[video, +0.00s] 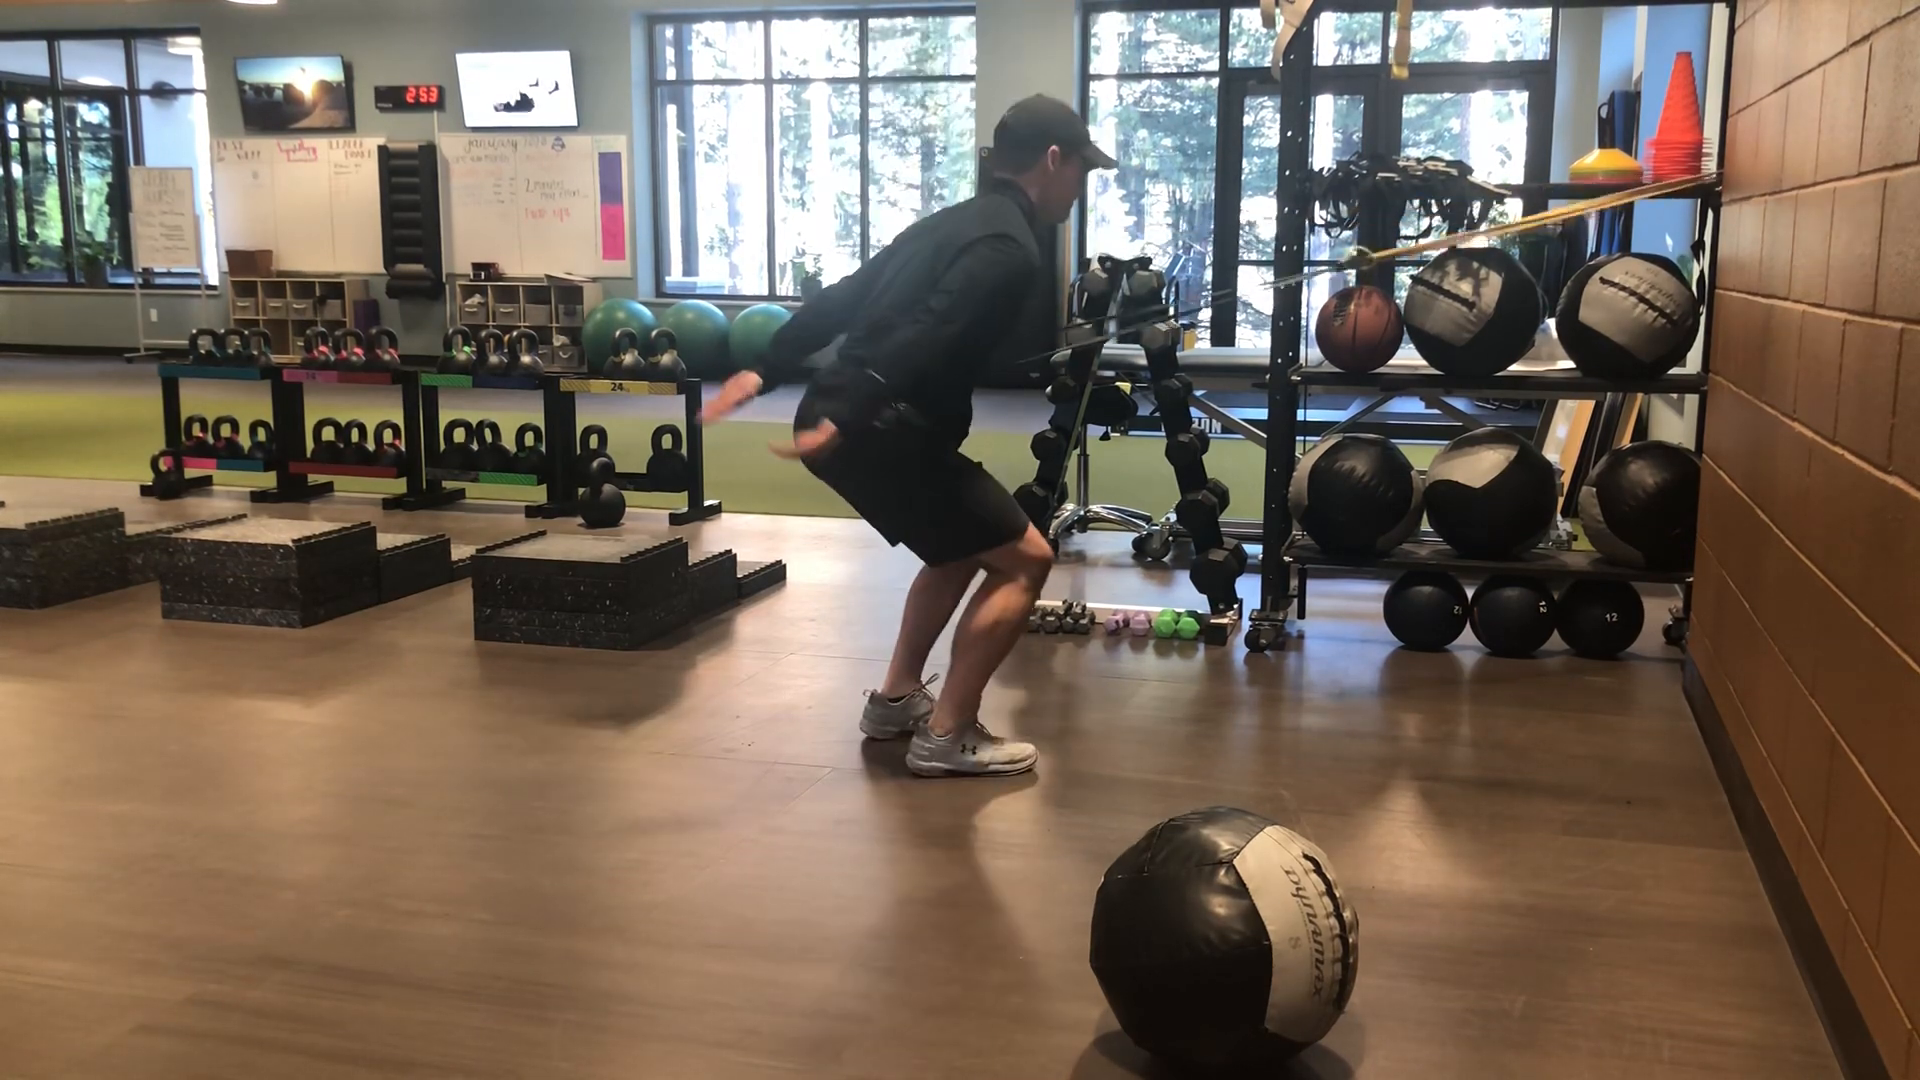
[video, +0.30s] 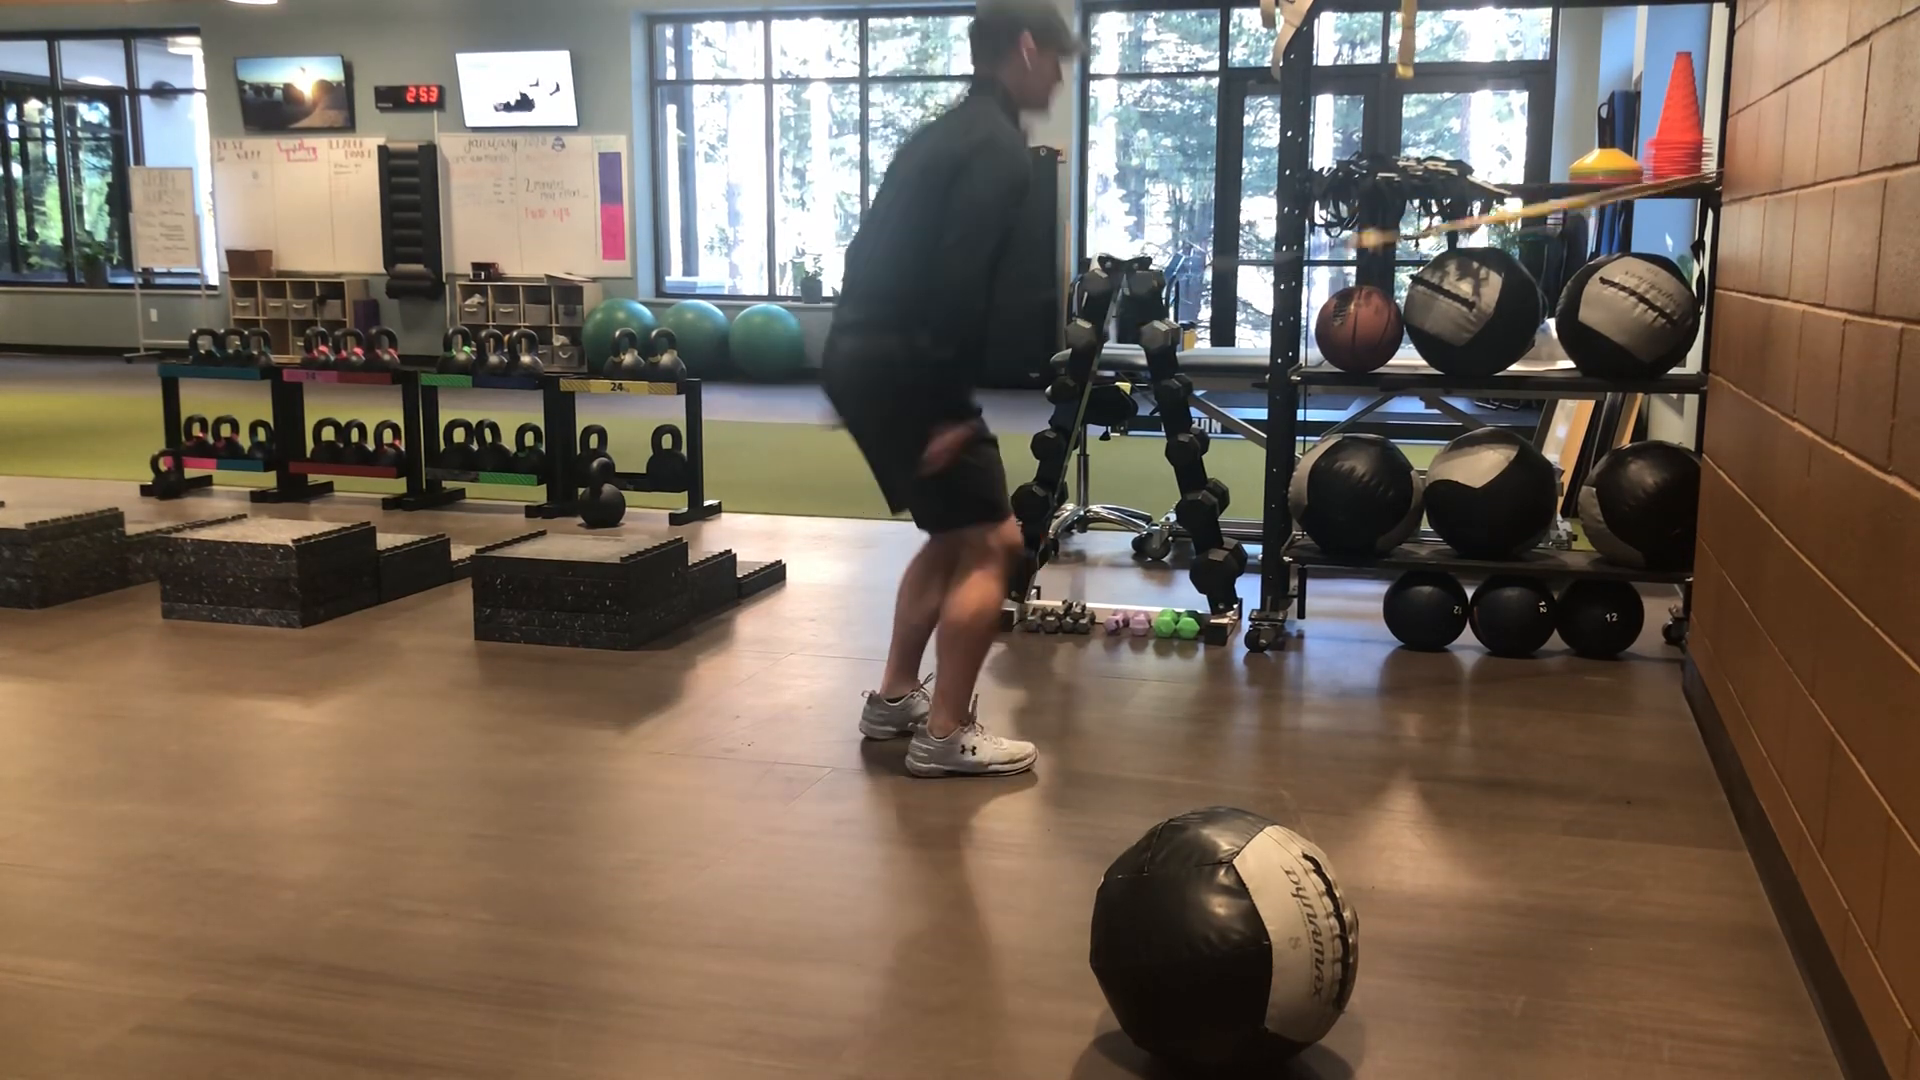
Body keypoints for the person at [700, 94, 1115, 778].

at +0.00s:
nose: (1082, 186)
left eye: (1084, 171)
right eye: (1080, 169)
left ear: (1020, 161)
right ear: (1051, 161)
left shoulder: (955, 220)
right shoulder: (1008, 244)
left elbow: (853, 291)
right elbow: (932, 328)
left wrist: (766, 366)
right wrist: (845, 413)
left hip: (844, 418)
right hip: (885, 432)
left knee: (959, 545)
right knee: (1026, 558)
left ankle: (897, 695)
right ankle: (949, 733)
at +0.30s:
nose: (1063, 77)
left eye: (1064, 62)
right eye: (1060, 59)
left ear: (1003, 52)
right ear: (1024, 51)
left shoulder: (938, 136)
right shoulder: (997, 147)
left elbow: (874, 257)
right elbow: (954, 275)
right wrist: (953, 404)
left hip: (862, 357)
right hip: (911, 365)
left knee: (954, 534)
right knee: (993, 543)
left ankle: (893, 699)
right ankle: (947, 734)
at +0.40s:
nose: (1040, 31)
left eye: (1041, 17)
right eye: (1036, 15)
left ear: (977, 14)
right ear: (1002, 9)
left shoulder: (918, 90)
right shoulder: (989, 98)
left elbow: (882, 220)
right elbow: (986, 233)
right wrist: (1026, 341)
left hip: (880, 321)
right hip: (935, 328)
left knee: (925, 524)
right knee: (963, 532)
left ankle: (892, 698)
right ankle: (946, 729)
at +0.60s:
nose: (1024, 19)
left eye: (1021, 9)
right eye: (1017, 7)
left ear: (959, 16)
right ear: (985, 9)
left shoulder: (913, 99)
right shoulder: (984, 98)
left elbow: (932, 223)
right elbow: (1009, 224)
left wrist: (1021, 183)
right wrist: (1089, 242)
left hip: (909, 330)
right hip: (970, 336)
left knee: (912, 519)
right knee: (1014, 524)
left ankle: (890, 696)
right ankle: (957, 708)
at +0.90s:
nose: (1118, 32)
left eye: (1116, 20)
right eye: (1110, 19)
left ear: (1057, 27)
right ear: (1072, 22)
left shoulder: (1020, 101)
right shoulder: (1064, 110)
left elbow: (966, 223)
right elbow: (1057, 237)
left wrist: (1027, 299)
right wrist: (1115, 323)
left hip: (999, 353)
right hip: (1059, 357)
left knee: (965, 520)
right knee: (1109, 536)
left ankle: (897, 687)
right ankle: (1167, 694)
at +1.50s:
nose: (1359, 78)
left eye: (1362, 65)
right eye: (1360, 62)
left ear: (1294, 41)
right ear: (1337, 42)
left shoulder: (1236, 113)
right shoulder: (1311, 125)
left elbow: (1177, 229)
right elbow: (1278, 245)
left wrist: (1140, 328)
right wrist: (1251, 361)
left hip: (1227, 347)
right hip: (1279, 355)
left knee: (1297, 507)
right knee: (1248, 529)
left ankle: (1346, 649)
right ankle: (1183, 688)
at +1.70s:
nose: (1432, 102)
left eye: (1438, 89)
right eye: (1436, 86)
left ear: (1378, 62)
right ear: (1411, 67)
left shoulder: (1313, 131)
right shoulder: (1377, 141)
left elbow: (1272, 251)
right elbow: (1354, 262)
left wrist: (1250, 351)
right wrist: (1347, 376)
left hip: (1289, 350)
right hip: (1337, 355)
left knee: (1361, 509)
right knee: (1385, 512)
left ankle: (1377, 663)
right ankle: (1250, 638)